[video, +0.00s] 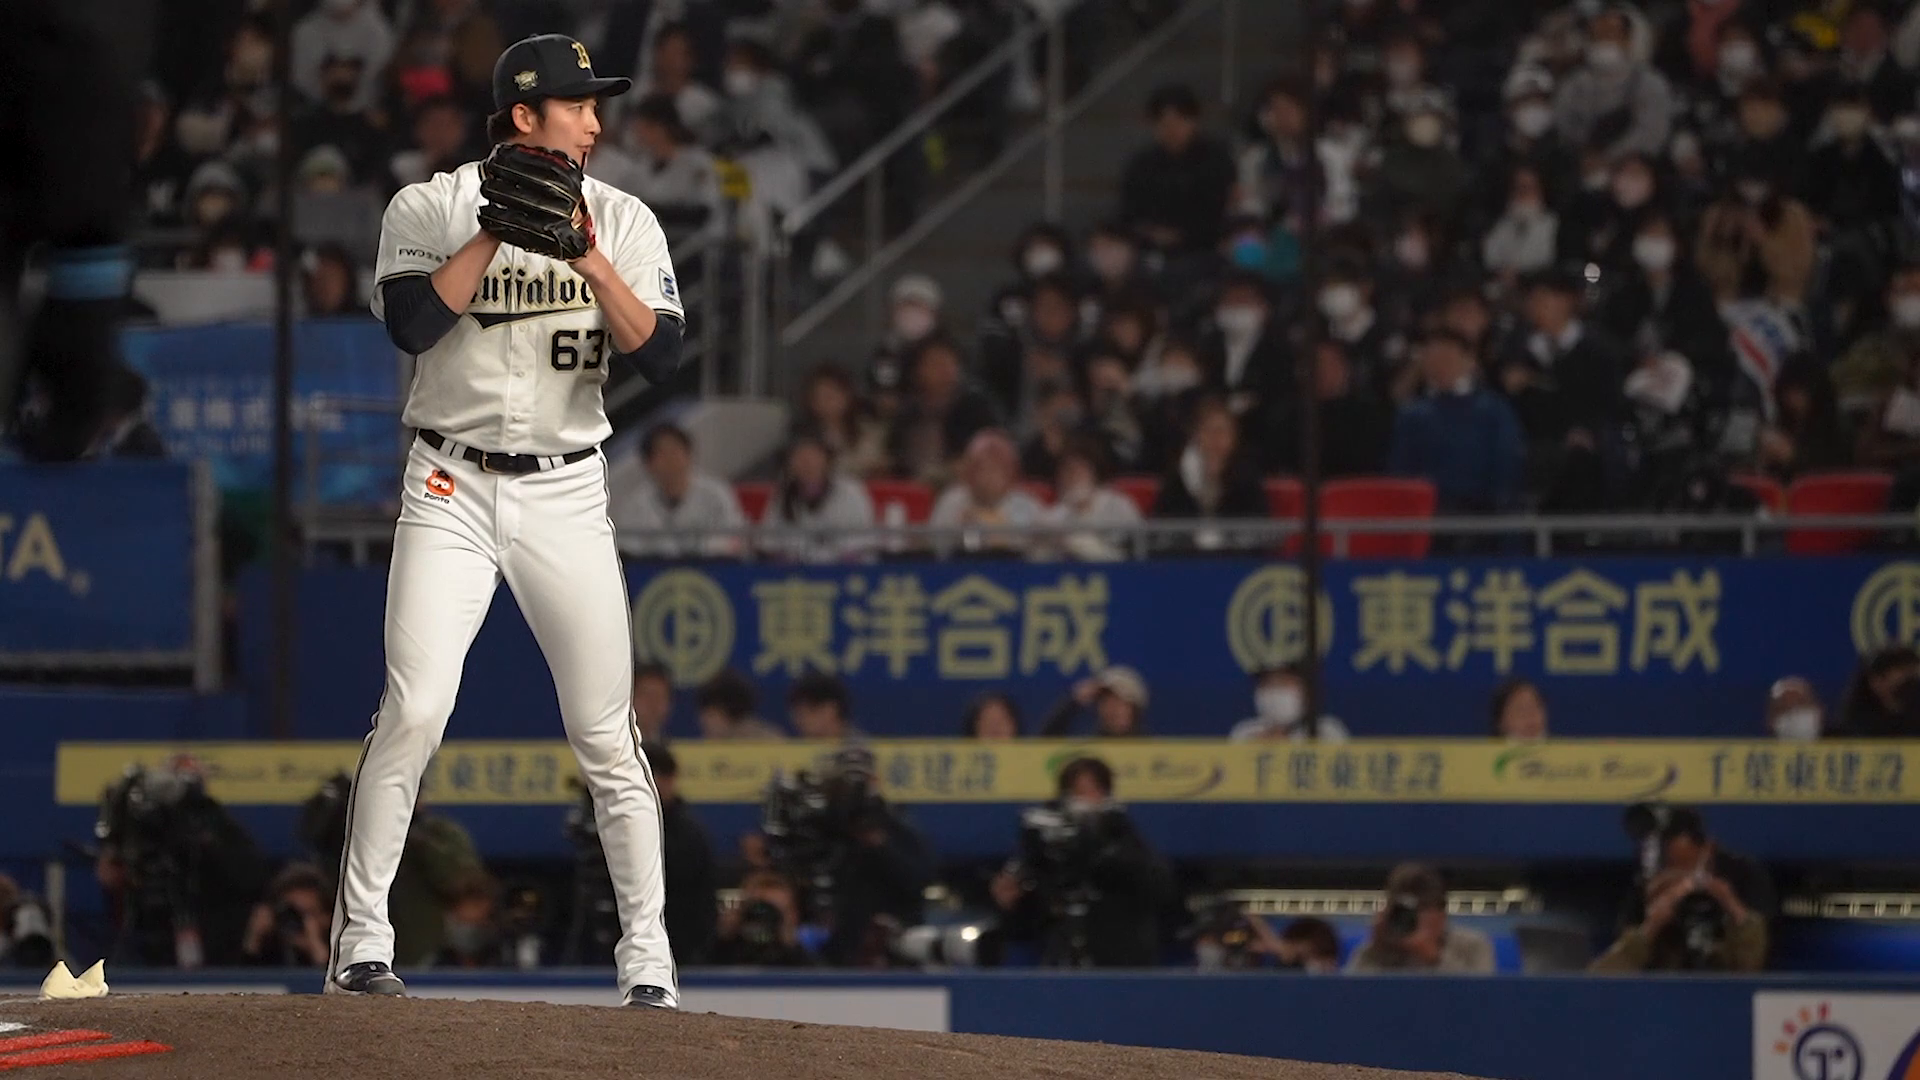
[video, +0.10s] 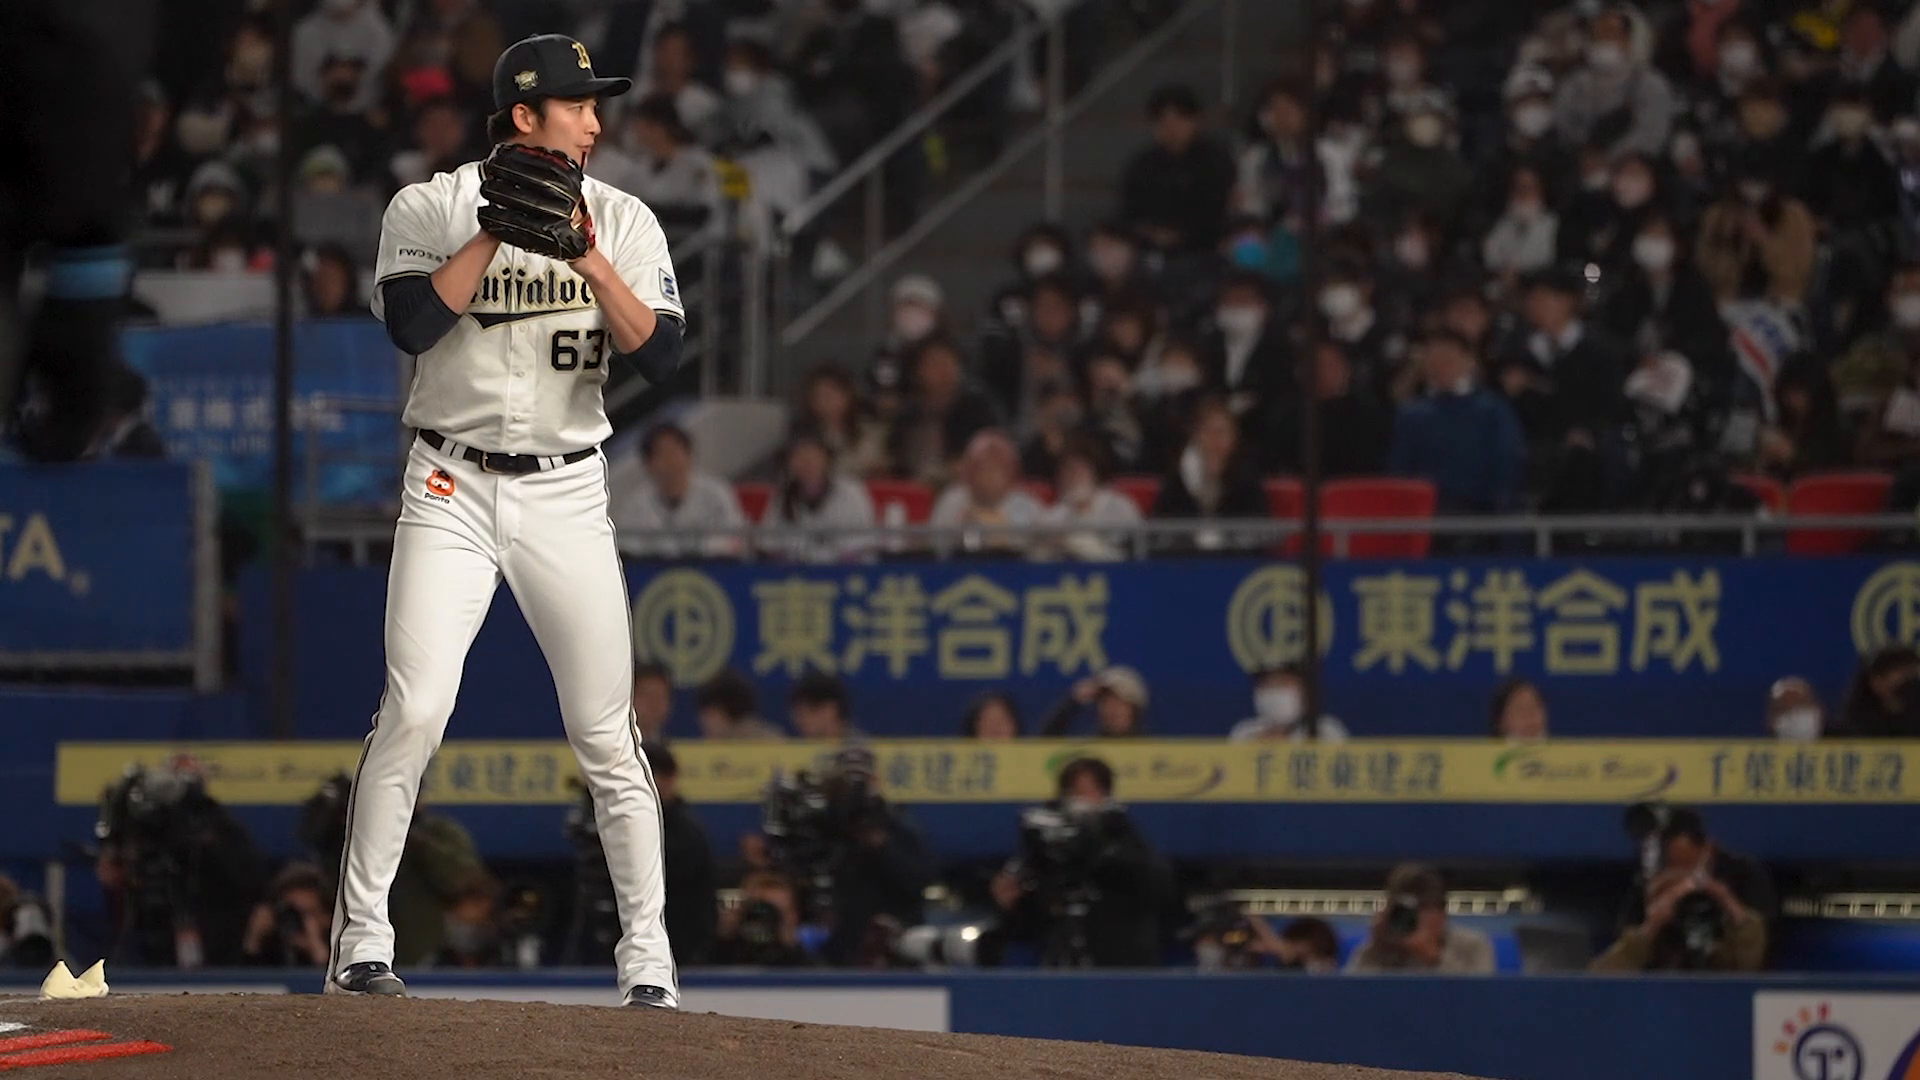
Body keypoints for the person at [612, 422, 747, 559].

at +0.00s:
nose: (671, 463)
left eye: (676, 453)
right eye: (663, 455)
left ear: (688, 457)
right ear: (648, 464)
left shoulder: (717, 496)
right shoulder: (631, 504)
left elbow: (735, 544)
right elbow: (626, 550)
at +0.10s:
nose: (671, 464)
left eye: (676, 454)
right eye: (662, 456)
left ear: (688, 457)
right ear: (648, 464)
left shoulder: (717, 495)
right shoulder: (631, 504)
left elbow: (736, 544)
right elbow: (626, 551)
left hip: (710, 582)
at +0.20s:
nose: (671, 463)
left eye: (676, 454)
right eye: (663, 456)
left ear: (688, 457)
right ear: (649, 464)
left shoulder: (717, 495)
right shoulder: (632, 504)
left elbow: (735, 544)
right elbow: (625, 551)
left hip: (709, 581)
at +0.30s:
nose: (671, 463)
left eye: (676, 453)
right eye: (663, 455)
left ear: (688, 457)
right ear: (649, 464)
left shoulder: (716, 495)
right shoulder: (632, 504)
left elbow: (735, 544)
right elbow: (626, 551)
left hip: (709, 582)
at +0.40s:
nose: (671, 463)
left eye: (676, 453)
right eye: (662, 455)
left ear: (688, 457)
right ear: (648, 464)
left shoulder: (716, 496)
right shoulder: (632, 504)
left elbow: (734, 544)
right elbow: (626, 550)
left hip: (709, 581)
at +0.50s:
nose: (671, 463)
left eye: (676, 453)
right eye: (662, 455)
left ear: (688, 457)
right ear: (648, 464)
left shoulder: (716, 495)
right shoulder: (632, 504)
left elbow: (735, 544)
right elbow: (626, 551)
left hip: (709, 581)